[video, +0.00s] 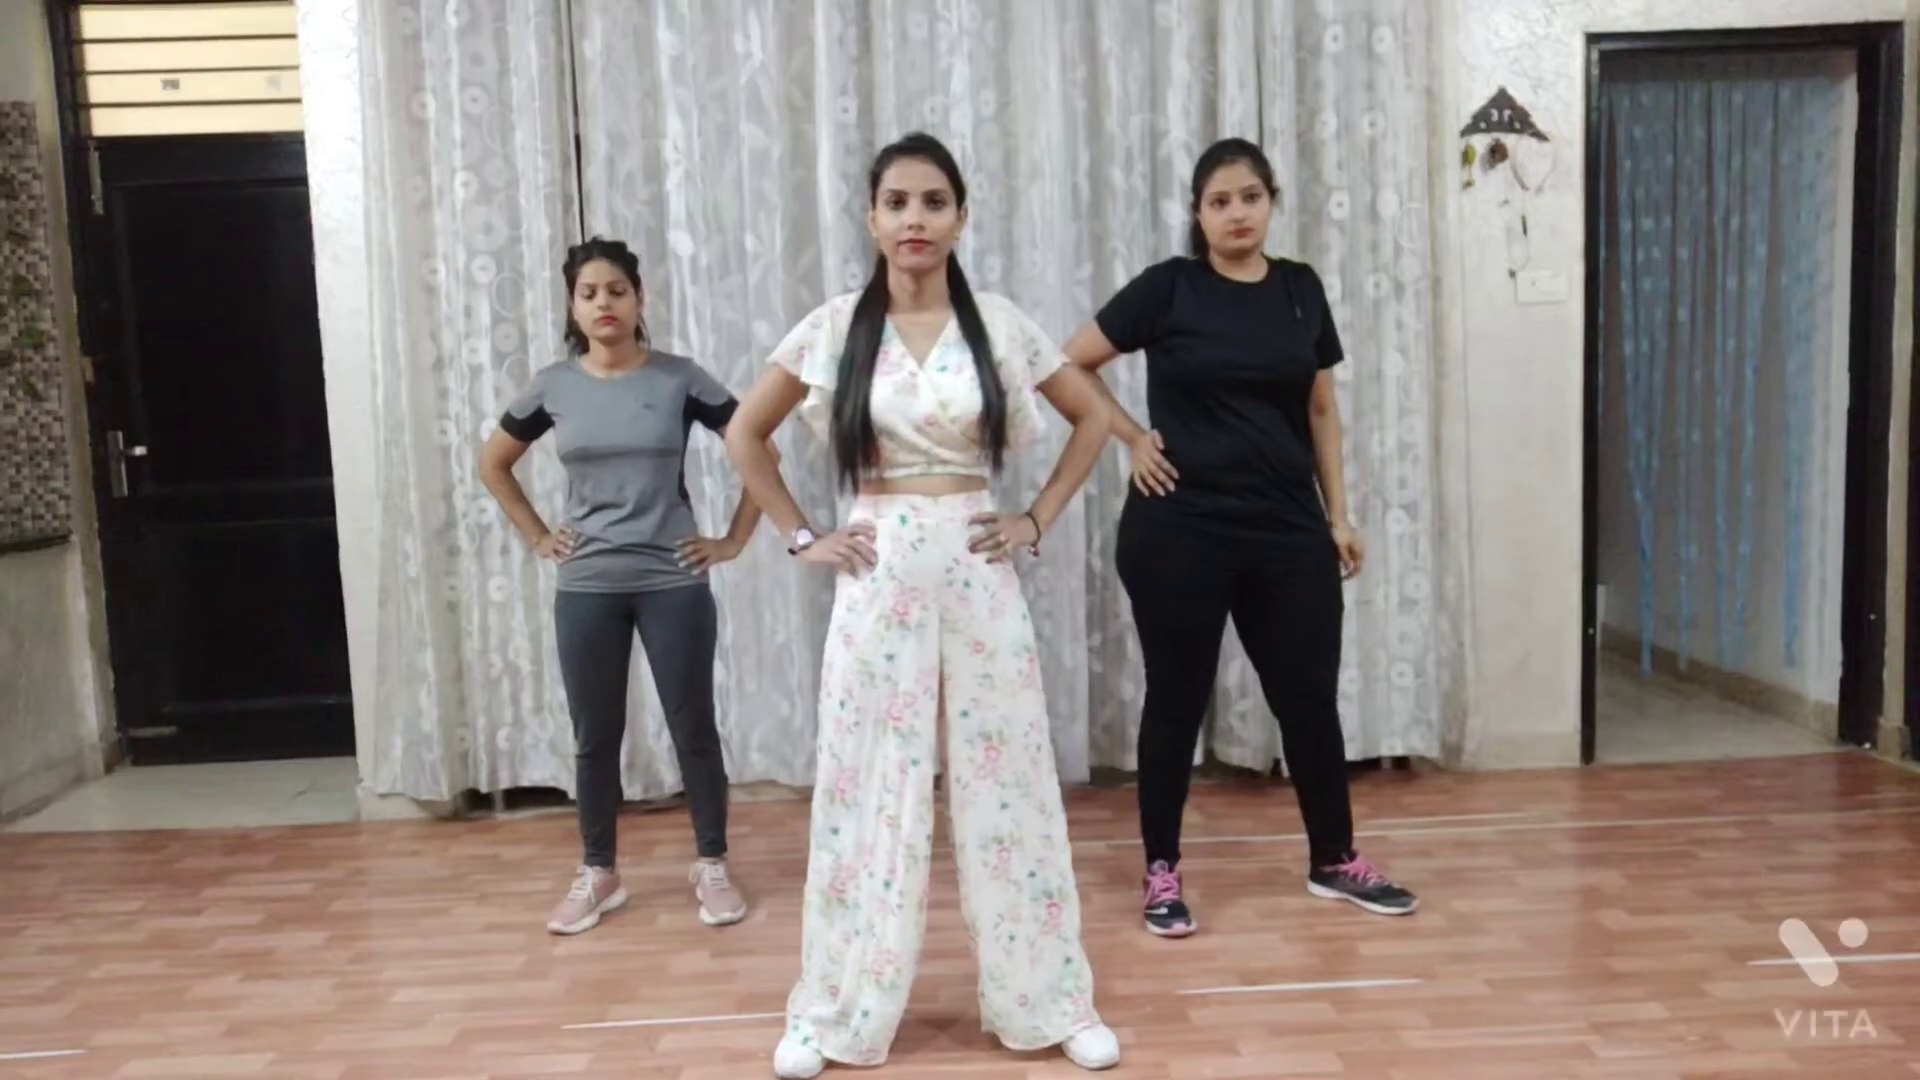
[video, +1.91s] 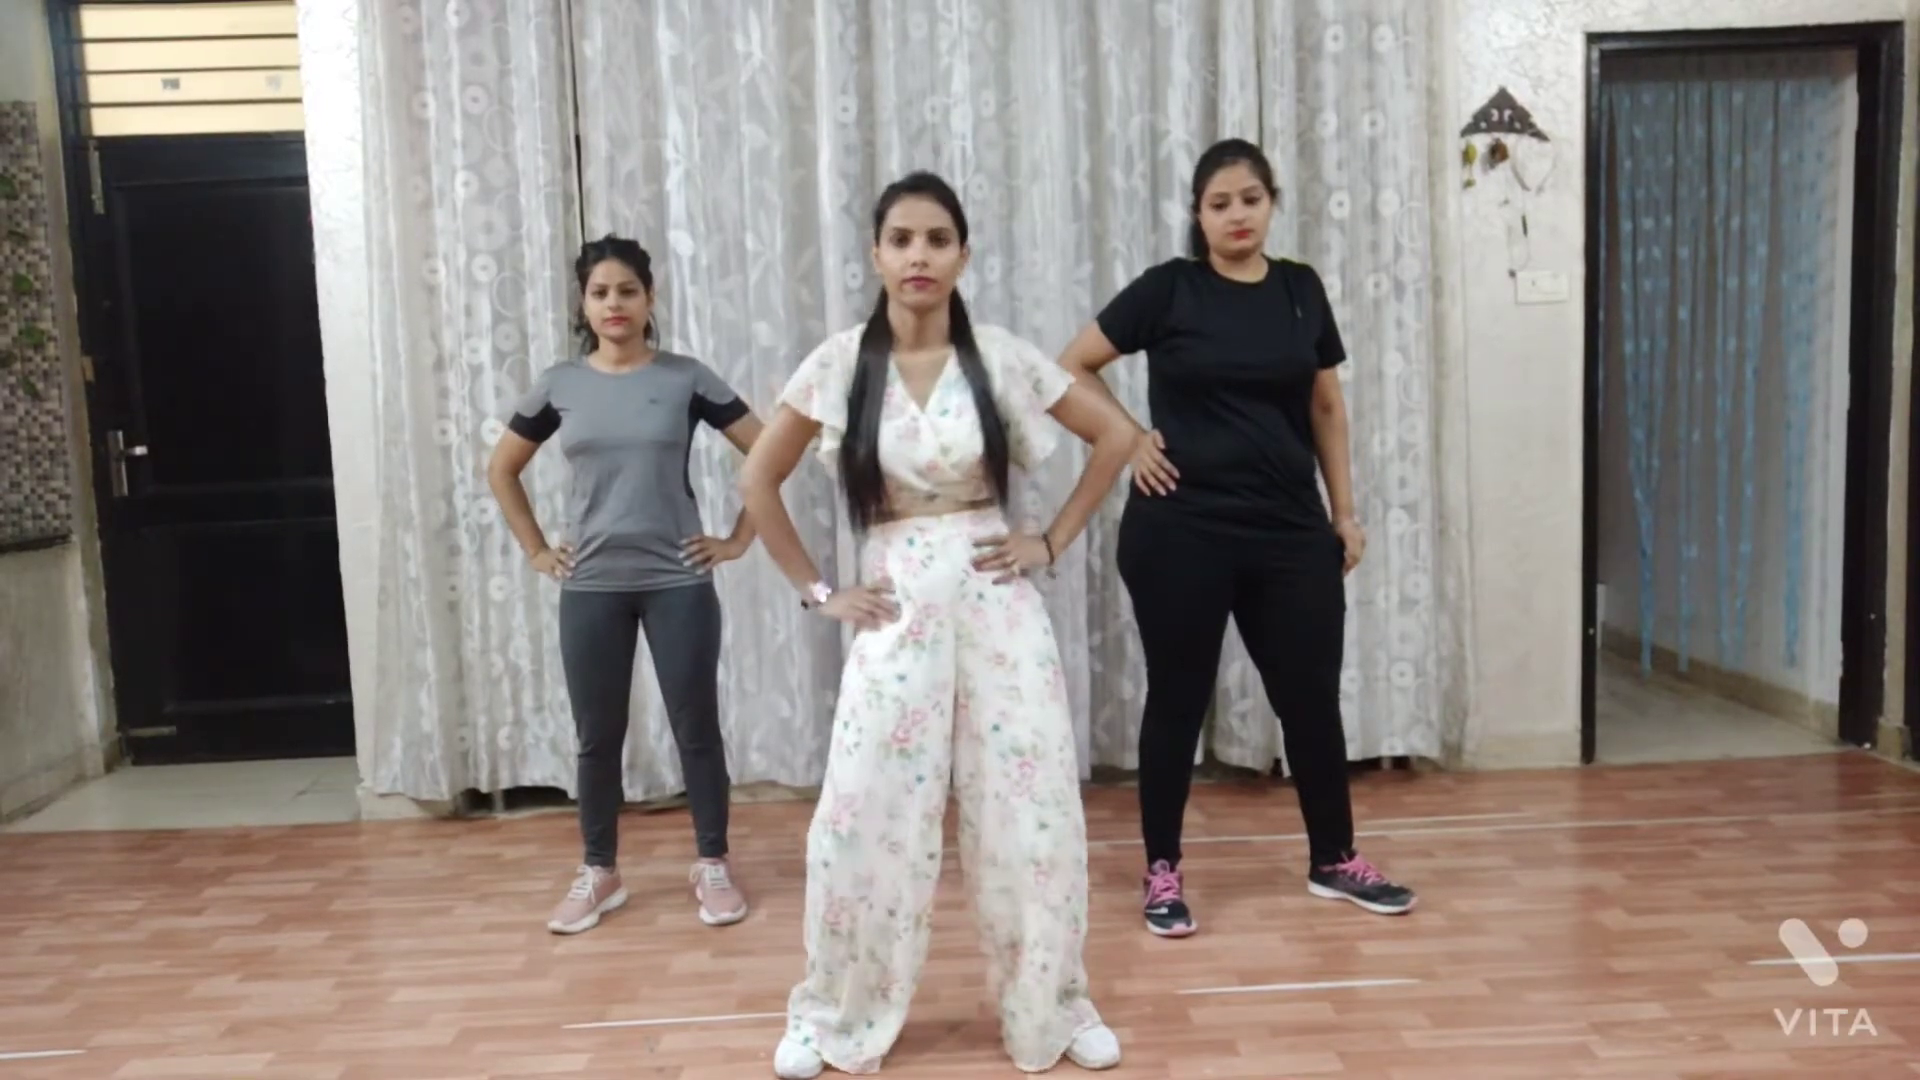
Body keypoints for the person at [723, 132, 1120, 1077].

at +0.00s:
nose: (914, 221)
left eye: (933, 203)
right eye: (897, 203)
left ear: (959, 216)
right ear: (872, 217)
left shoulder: (997, 326)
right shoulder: (834, 328)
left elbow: (1098, 420)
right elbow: (743, 435)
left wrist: (1035, 519)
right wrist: (806, 535)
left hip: (982, 579)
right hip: (880, 582)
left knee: (1008, 789)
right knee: (863, 793)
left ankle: (1047, 1000)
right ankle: (832, 1013)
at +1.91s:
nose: (918, 258)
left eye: (936, 240)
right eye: (901, 240)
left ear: (962, 255)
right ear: (876, 254)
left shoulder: (1002, 358)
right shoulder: (842, 362)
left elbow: (1119, 437)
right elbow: (757, 483)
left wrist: (1048, 543)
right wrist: (823, 592)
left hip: (1000, 604)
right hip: (895, 612)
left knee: (1033, 804)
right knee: (858, 813)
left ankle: (1053, 1009)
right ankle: (833, 1017)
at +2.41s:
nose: (882, 257)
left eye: (900, 239)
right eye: (864, 239)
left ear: (927, 253)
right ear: (840, 254)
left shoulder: (969, 355)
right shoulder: (799, 369)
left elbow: (1078, 446)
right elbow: (723, 485)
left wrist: (1030, 559)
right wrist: (796, 578)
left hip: (969, 600)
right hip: (864, 608)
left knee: (1028, 813)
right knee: (819, 817)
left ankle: (1061, 1002)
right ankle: (822, 1011)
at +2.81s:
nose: (971, 250)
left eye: (989, 232)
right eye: (954, 233)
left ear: (1015, 246)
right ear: (929, 247)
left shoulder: (1056, 352)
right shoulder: (887, 354)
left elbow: (1144, 442)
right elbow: (780, 453)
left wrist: (1074, 547)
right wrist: (833, 565)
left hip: (1012, 602)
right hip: (906, 600)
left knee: (1047, 821)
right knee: (852, 804)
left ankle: (1055, 1000)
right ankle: (824, 1017)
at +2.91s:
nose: (958, 278)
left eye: (978, 260)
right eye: (941, 259)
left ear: (1003, 274)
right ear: (917, 274)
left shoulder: (1042, 377)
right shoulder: (876, 378)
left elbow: (1147, 466)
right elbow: (774, 487)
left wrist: (1072, 565)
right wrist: (835, 596)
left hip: (1016, 623)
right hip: (906, 626)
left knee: (1059, 833)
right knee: (856, 828)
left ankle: (1062, 1014)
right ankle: (832, 1026)